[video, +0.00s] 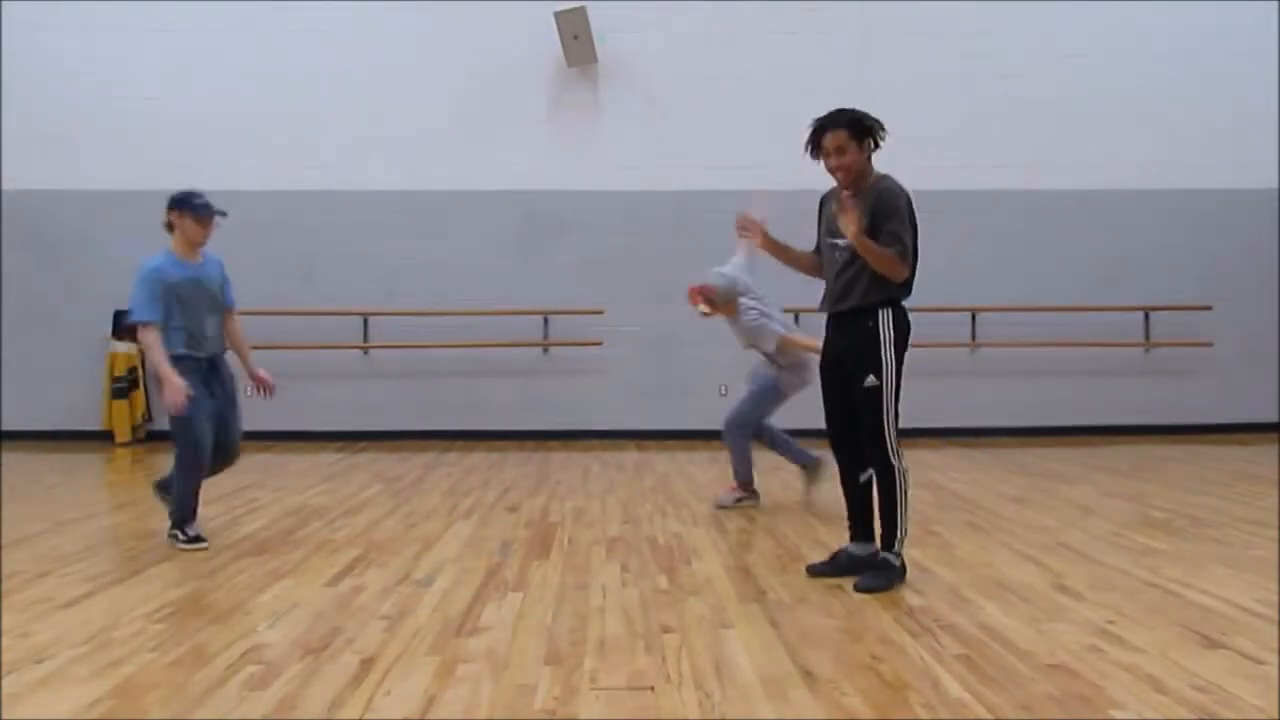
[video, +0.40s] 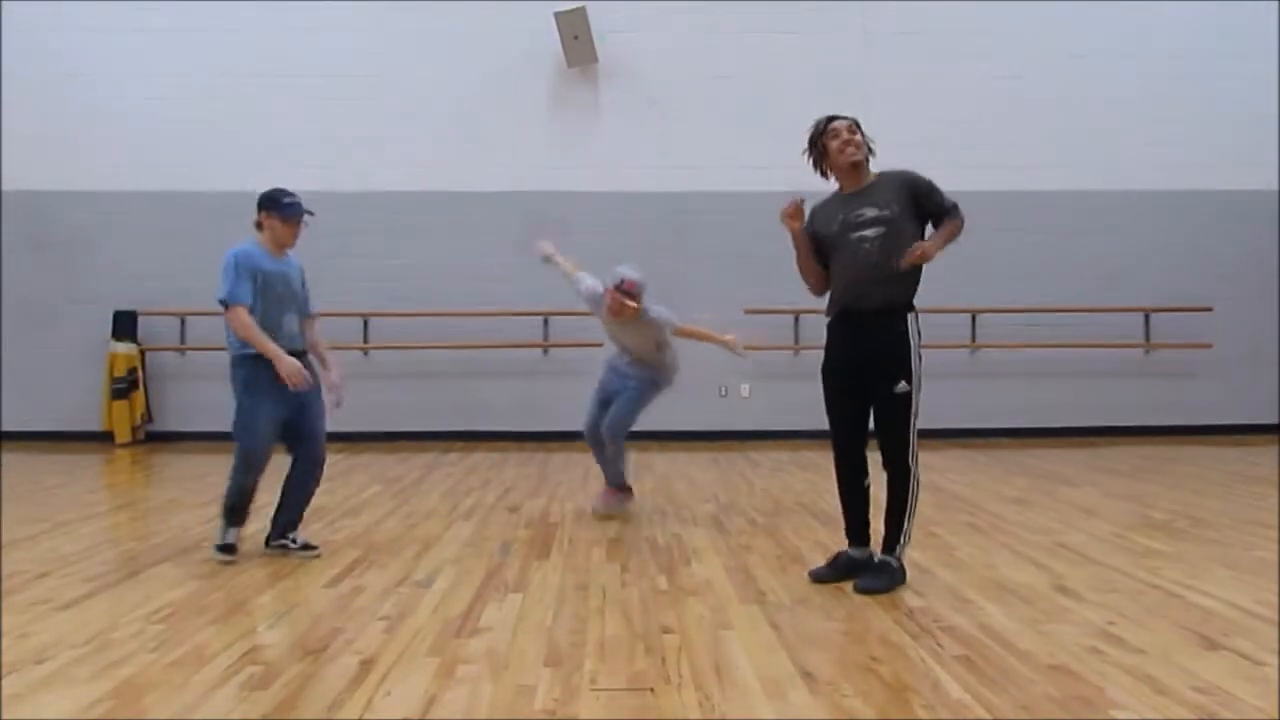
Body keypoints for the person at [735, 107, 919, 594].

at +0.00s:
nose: (834, 163)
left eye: (842, 151)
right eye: (826, 156)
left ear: (867, 147)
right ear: (821, 158)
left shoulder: (890, 196)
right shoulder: (831, 202)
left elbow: (900, 271)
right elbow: (821, 266)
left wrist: (858, 234)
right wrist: (769, 243)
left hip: (879, 324)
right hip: (840, 326)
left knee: (880, 440)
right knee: (846, 441)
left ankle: (892, 554)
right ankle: (861, 545)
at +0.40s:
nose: (848, 139)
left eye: (852, 132)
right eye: (836, 137)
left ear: (866, 144)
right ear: (823, 158)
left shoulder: (904, 185)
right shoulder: (821, 214)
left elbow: (952, 218)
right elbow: (817, 284)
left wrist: (932, 244)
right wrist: (798, 236)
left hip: (892, 332)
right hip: (844, 335)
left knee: (896, 452)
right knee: (847, 449)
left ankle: (892, 557)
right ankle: (857, 549)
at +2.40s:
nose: (840, 144)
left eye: (850, 137)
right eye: (838, 138)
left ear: (878, 148)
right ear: (838, 151)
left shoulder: (897, 191)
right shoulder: (844, 201)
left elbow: (942, 244)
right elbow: (841, 264)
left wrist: (872, 257)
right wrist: (816, 230)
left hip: (879, 326)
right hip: (842, 326)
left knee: (873, 445)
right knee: (844, 444)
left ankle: (894, 555)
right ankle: (859, 551)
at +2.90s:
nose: (858, 151)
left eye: (869, 143)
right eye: (854, 144)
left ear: (897, 149)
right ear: (852, 151)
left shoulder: (917, 197)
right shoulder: (853, 207)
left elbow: (940, 267)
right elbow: (856, 277)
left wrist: (878, 273)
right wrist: (824, 277)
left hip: (908, 332)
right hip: (865, 335)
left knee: (925, 449)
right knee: (852, 447)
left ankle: (961, 571)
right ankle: (860, 555)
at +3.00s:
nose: (873, 150)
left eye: (884, 141)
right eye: (868, 142)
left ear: (912, 147)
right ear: (863, 151)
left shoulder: (931, 193)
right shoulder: (860, 207)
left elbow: (948, 261)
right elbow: (849, 277)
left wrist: (882, 245)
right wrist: (830, 253)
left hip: (921, 333)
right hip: (875, 336)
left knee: (944, 453)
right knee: (858, 450)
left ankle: (979, 572)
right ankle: (861, 555)